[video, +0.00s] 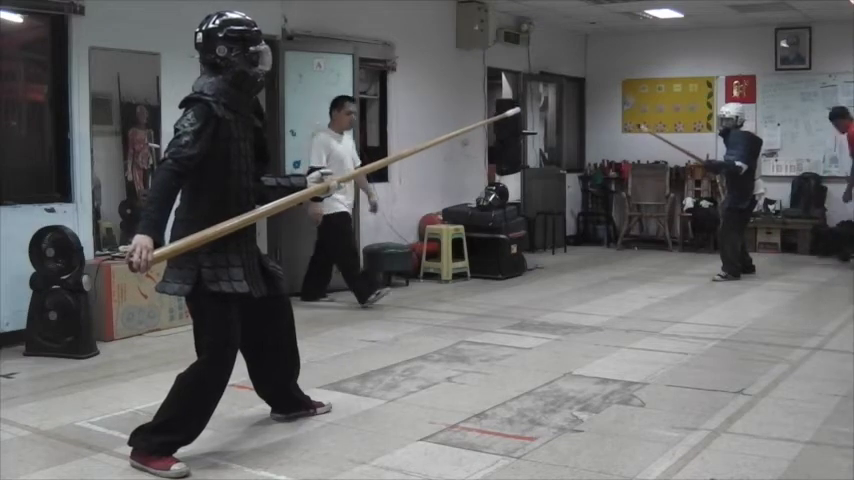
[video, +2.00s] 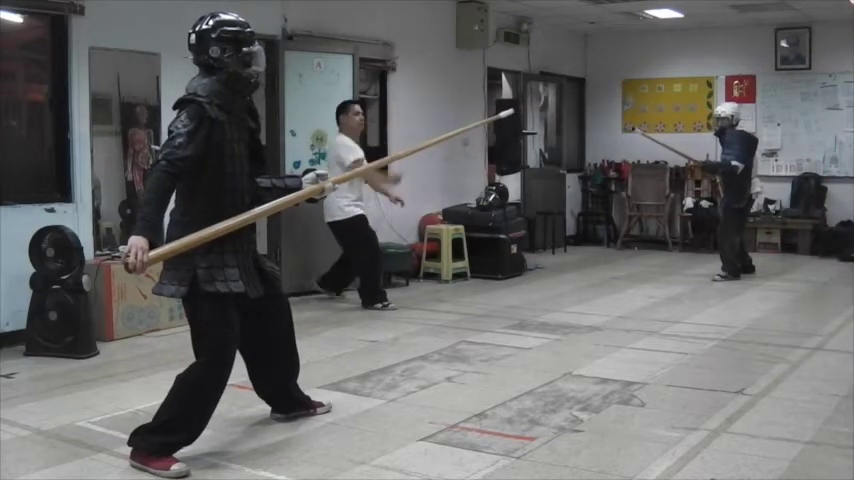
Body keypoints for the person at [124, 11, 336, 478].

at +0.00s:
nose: (257, 56)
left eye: (257, 48)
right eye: (246, 48)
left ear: (253, 52)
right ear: (218, 52)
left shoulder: (245, 106)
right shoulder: (207, 104)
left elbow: (250, 184)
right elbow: (171, 168)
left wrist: (303, 185)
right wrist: (147, 232)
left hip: (238, 242)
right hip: (205, 245)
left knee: (272, 314)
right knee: (218, 355)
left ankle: (286, 399)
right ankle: (152, 446)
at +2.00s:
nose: (253, 57)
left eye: (253, 49)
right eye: (242, 49)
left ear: (245, 54)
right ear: (213, 53)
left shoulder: (239, 108)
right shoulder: (200, 106)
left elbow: (246, 184)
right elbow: (165, 168)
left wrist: (300, 184)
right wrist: (144, 232)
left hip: (237, 245)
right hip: (203, 249)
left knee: (271, 315)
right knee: (216, 356)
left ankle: (286, 399)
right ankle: (152, 446)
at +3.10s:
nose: (378, 75)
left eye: (377, 67)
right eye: (370, 67)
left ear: (353, 71)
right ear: (352, 69)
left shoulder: (354, 114)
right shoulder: (331, 110)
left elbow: (356, 179)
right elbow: (296, 156)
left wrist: (401, 182)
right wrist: (285, 208)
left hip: (338, 228)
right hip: (318, 230)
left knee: (371, 281)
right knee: (355, 305)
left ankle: (347, 377)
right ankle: (333, 390)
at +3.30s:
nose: (397, 82)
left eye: (396, 75)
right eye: (390, 76)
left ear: (372, 80)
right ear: (374, 79)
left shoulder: (378, 122)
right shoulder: (355, 120)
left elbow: (377, 189)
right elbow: (320, 166)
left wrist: (421, 188)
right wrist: (315, 217)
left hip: (360, 230)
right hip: (341, 233)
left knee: (390, 281)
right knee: (375, 315)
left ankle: (409, 349)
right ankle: (333, 391)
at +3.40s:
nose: (414, 91)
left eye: (412, 83)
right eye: (407, 84)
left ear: (387, 87)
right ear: (391, 87)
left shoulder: (394, 129)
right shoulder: (370, 126)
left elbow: (397, 191)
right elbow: (334, 171)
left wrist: (441, 190)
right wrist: (334, 223)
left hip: (375, 235)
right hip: (355, 238)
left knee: (399, 294)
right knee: (377, 323)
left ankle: (420, 349)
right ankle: (333, 392)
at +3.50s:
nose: (431, 101)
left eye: (430, 94)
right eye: (425, 95)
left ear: (403, 97)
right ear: (409, 97)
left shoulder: (412, 137)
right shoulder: (389, 136)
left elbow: (429, 188)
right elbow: (356, 171)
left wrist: (469, 189)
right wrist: (364, 224)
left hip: (387, 238)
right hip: (365, 240)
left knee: (414, 286)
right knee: (376, 314)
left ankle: (423, 353)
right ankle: (335, 389)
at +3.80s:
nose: (455, 106)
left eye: (454, 99)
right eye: (451, 99)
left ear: (424, 99)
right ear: (440, 99)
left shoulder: (429, 137)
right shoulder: (417, 131)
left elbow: (440, 190)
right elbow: (395, 166)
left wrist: (476, 189)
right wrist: (411, 219)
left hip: (398, 230)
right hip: (379, 230)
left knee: (428, 280)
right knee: (389, 306)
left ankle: (429, 351)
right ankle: (337, 376)